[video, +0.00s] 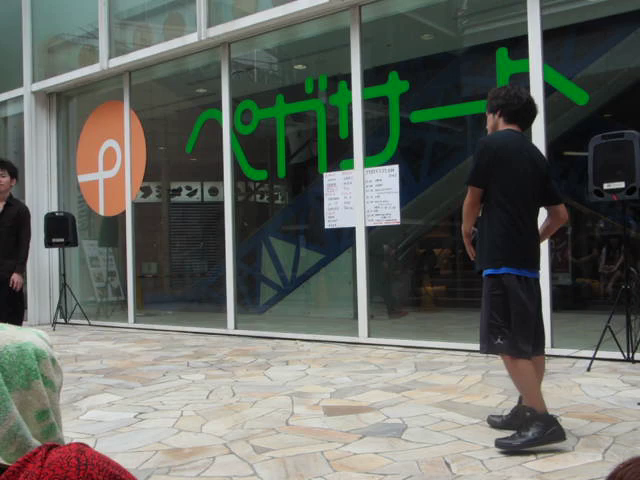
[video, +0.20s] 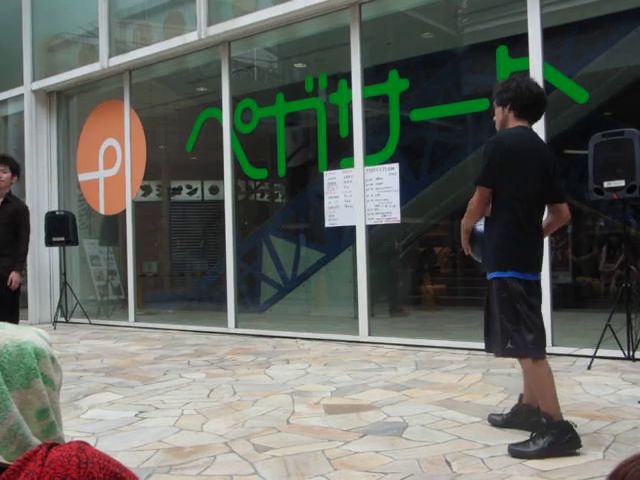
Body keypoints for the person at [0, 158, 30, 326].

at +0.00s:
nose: (0, 180)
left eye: (3, 175)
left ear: (13, 181)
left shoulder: (19, 210)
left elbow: (23, 244)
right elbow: (23, 244)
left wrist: (19, 271)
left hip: (8, 276)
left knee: (11, 324)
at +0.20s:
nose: (0, 175)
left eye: (4, 171)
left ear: (14, 178)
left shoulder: (18, 208)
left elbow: (22, 243)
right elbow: (22, 243)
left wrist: (17, 270)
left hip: (7, 274)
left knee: (8, 324)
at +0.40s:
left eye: (3, 170)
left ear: (13, 177)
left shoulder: (16, 205)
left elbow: (20, 242)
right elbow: (20, 242)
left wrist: (15, 269)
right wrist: (14, 270)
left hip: (6, 273)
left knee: (8, 324)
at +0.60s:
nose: (0, 171)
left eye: (4, 167)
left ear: (14, 174)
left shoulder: (19, 203)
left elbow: (20, 239)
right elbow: (21, 239)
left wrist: (10, 264)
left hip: (9, 270)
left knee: (10, 319)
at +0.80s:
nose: (3, 169)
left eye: (8, 166)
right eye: (1, 165)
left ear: (17, 173)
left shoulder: (23, 203)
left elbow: (25, 238)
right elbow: (25, 239)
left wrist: (15, 264)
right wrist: (12, 265)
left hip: (10, 275)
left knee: (10, 324)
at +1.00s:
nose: (9, 168)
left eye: (13, 164)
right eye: (4, 164)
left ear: (21, 169)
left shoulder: (31, 201)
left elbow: (37, 237)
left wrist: (35, 267)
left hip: (22, 270)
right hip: (2, 271)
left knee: (20, 322)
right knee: (3, 321)